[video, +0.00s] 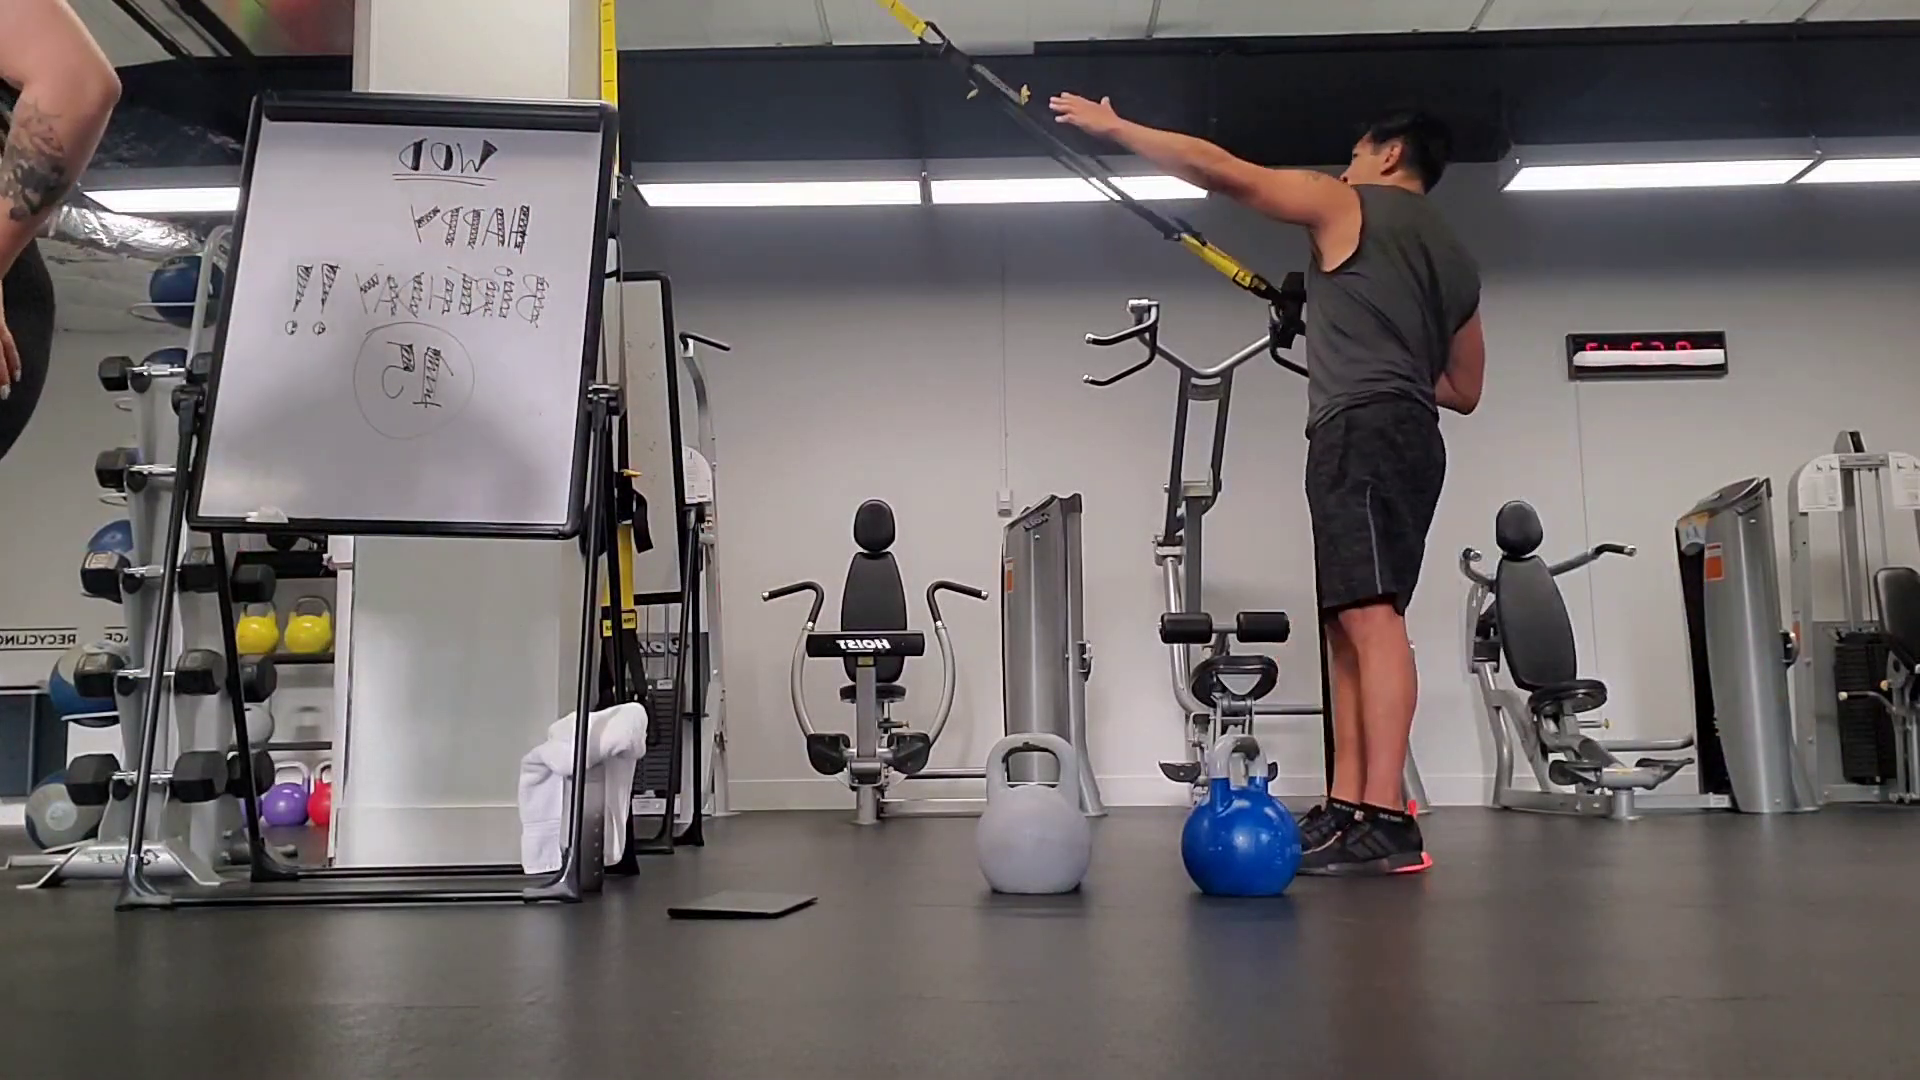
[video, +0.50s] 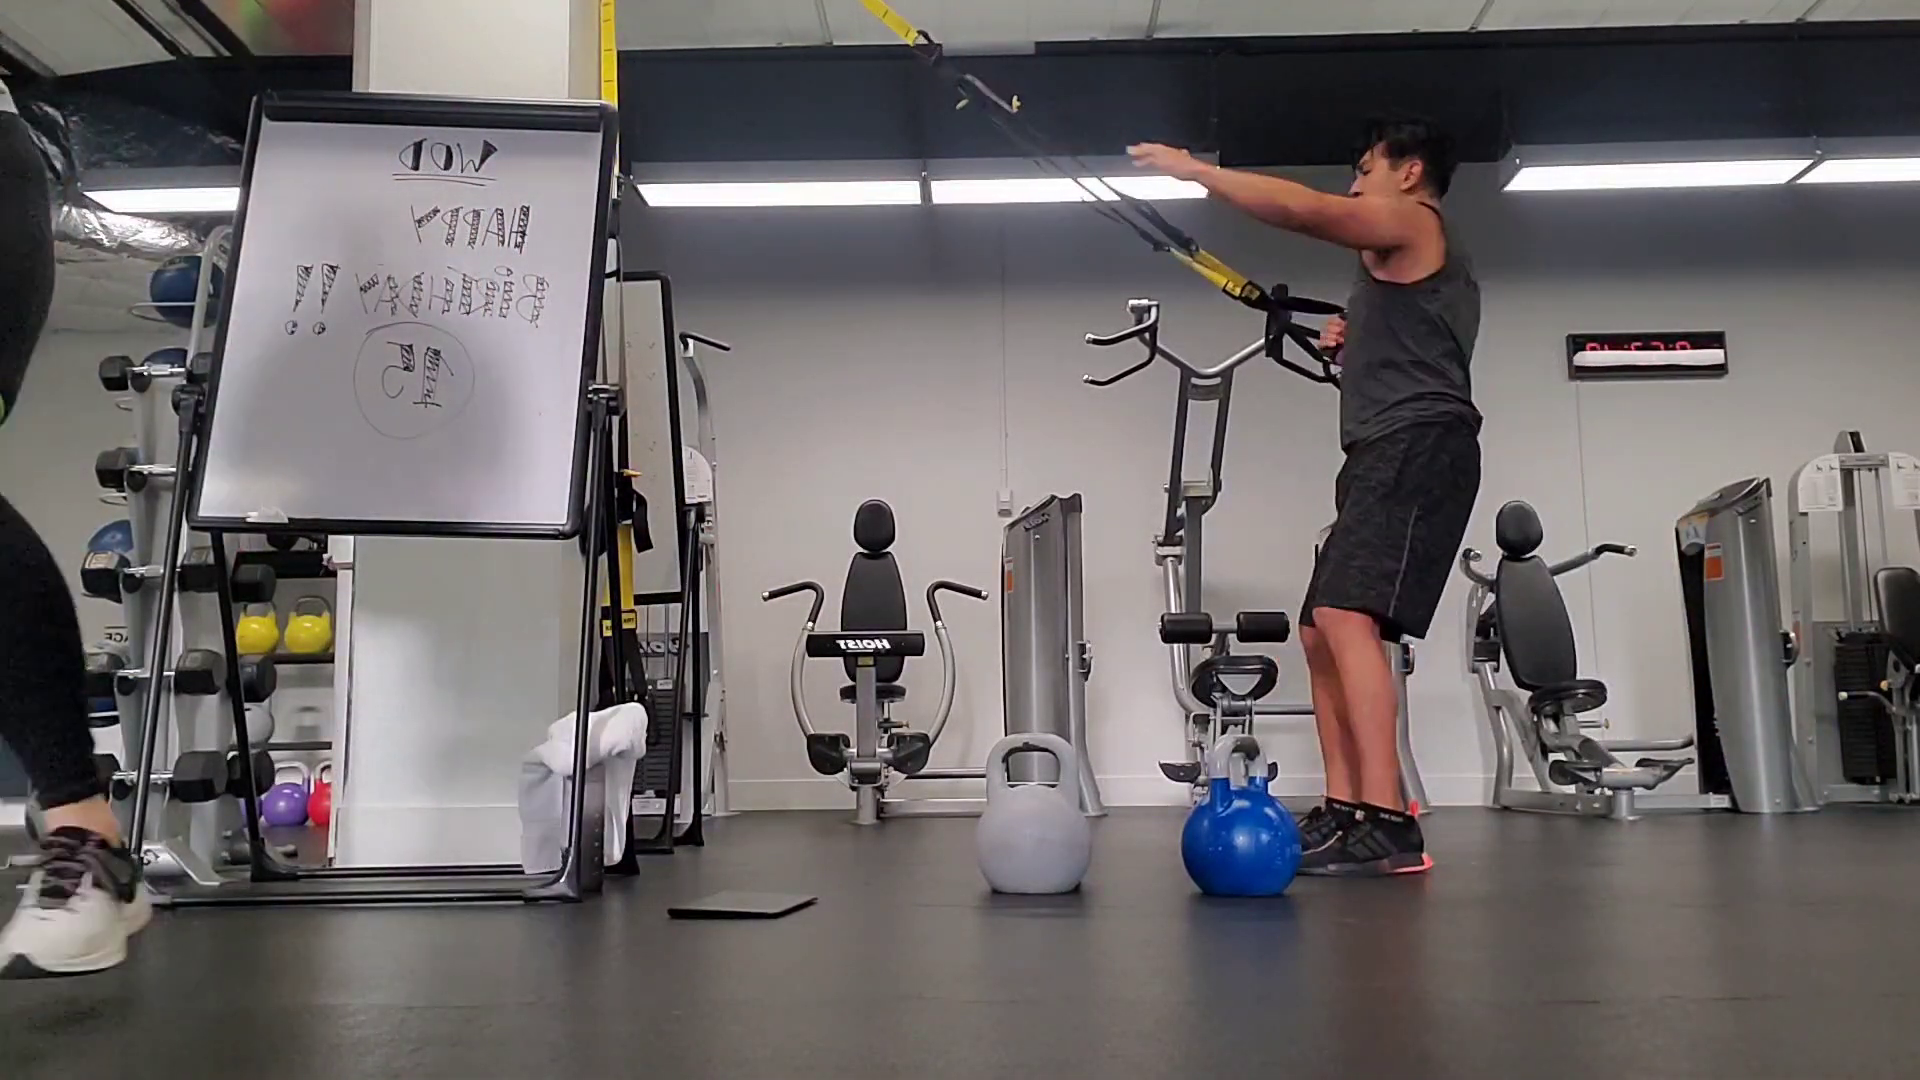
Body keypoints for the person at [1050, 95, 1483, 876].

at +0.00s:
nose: (1351, 163)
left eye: (1360, 151)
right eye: (1357, 153)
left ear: (1391, 152)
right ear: (1419, 167)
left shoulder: (1344, 202)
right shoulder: (1453, 257)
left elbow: (1221, 169)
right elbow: (1462, 390)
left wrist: (1113, 124)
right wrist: (1360, 350)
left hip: (1361, 431)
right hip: (1406, 437)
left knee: (1373, 617)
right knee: (1347, 620)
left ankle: (1388, 819)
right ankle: (1349, 806)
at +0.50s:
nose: (1355, 182)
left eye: (1365, 168)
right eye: (1358, 170)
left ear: (1409, 170)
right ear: (1412, 176)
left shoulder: (1409, 220)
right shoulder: (1417, 255)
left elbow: (1297, 209)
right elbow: (1424, 349)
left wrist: (1194, 169)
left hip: (1418, 441)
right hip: (1388, 448)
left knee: (1349, 619)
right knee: (1319, 626)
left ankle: (1387, 821)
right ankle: (1347, 812)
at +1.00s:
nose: (1548, 410)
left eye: (1564, 394)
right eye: (1547, 397)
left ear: (1622, 404)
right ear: (1552, 407)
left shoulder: (1663, 510)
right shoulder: (1524, 479)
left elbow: (1734, 612)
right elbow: (1416, 470)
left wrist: (1780, 676)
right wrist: (1362, 397)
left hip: (1547, 695)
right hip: (1481, 682)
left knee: (1382, 620)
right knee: (1308, 639)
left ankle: (1395, 824)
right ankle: (1341, 811)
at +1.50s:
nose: (1561, 454)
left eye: (1576, 439)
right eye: (1558, 443)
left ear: (1635, 444)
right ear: (1561, 453)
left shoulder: (1672, 555)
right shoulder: (1536, 514)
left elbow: (1726, 669)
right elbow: (1428, 484)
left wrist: (1787, 722)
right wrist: (1360, 414)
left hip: (1545, 719)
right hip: (1480, 707)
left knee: (1397, 620)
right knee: (1317, 640)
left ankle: (1396, 822)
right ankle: (1340, 809)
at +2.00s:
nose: (1403, 193)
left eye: (1412, 180)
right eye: (1406, 181)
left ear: (1454, 178)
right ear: (1467, 187)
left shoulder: (1448, 226)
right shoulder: (1478, 266)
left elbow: (1332, 200)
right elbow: (1442, 366)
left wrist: (1222, 152)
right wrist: (1378, 342)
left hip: (1429, 438)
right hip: (1399, 442)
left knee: (1356, 614)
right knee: (1325, 620)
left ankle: (1390, 820)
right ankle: (1345, 807)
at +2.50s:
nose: (1325, 179)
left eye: (1333, 165)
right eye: (1328, 167)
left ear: (1371, 160)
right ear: (1398, 171)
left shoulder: (1336, 212)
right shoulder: (1444, 260)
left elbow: (1213, 189)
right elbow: (1460, 386)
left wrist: (1102, 153)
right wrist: (1363, 355)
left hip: (1366, 430)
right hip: (1404, 432)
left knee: (1378, 618)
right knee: (1348, 623)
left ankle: (1389, 821)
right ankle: (1349, 808)